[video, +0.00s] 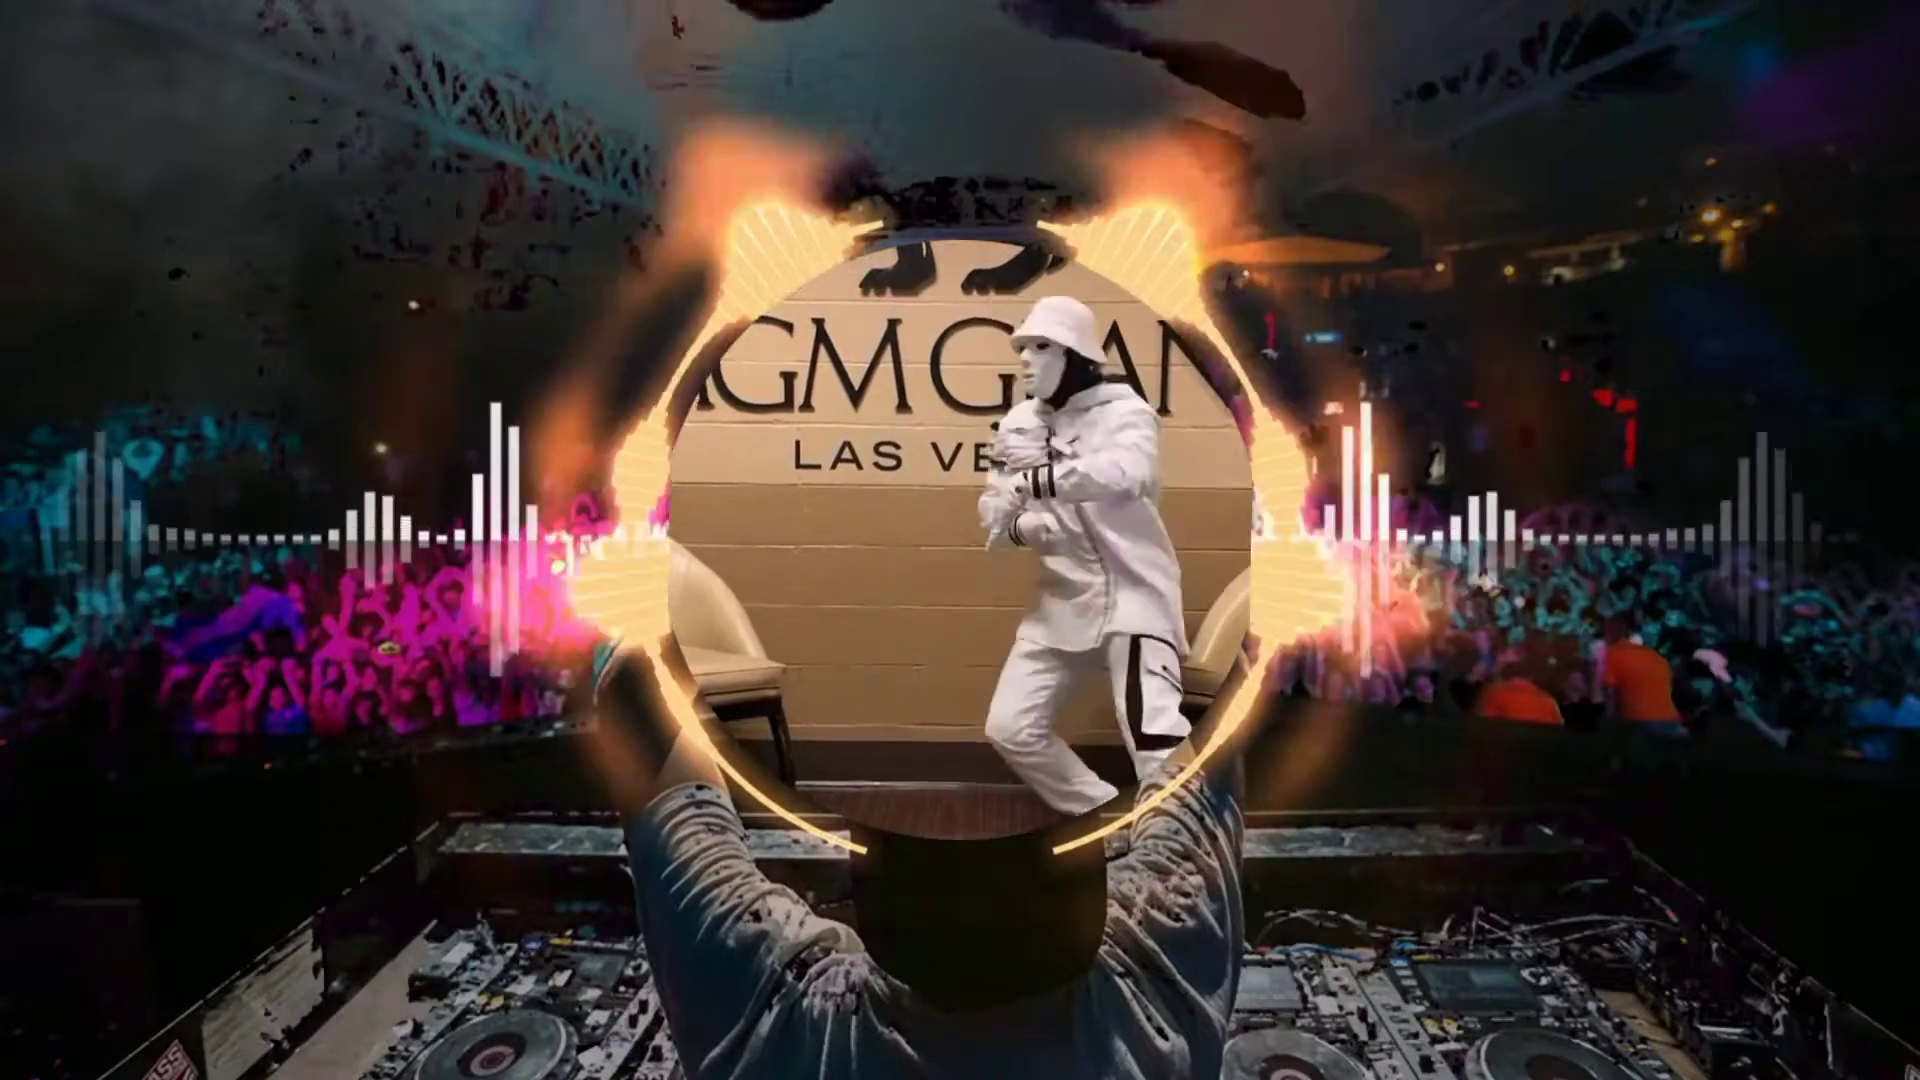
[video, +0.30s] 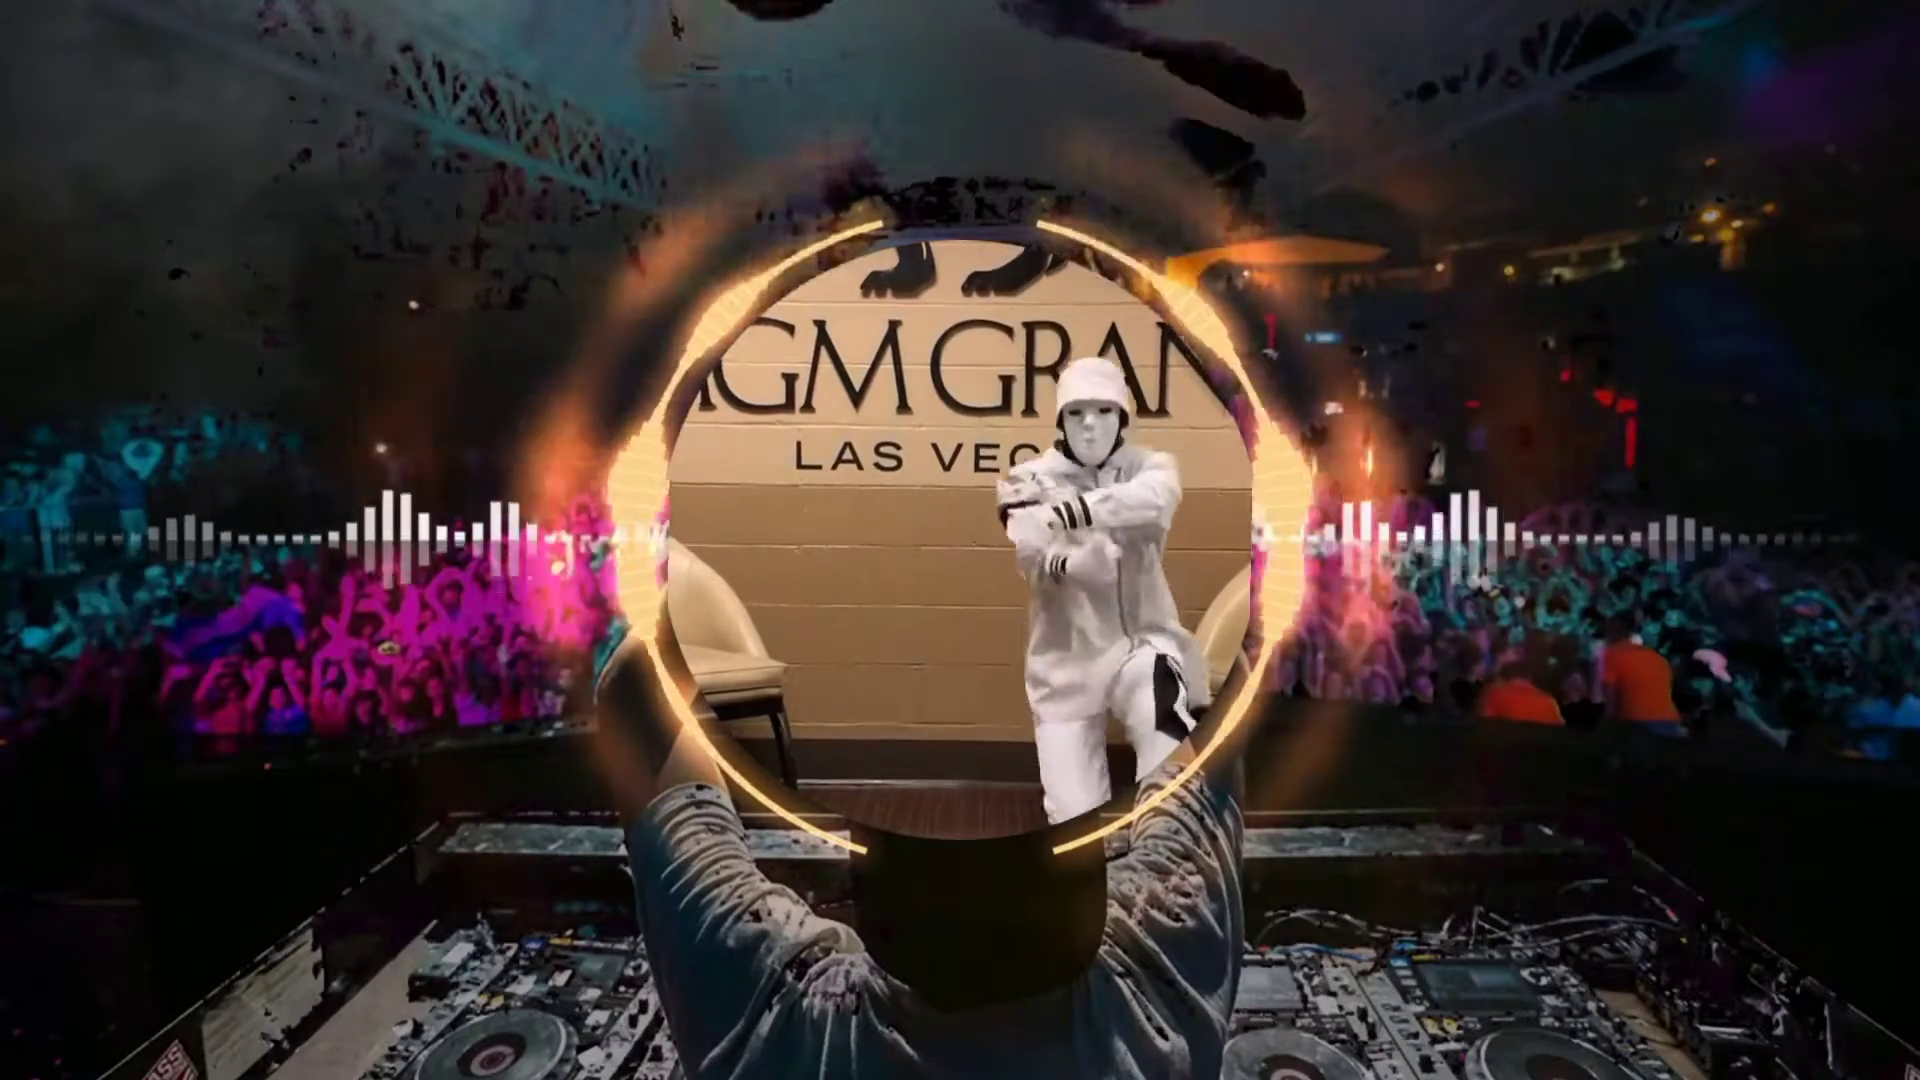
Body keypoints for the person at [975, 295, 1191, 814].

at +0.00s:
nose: (1024, 361)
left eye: (1037, 350)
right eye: (1022, 350)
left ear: (1072, 356)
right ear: (1021, 356)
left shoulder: (1125, 410)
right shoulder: (1020, 424)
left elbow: (1129, 474)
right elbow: (992, 516)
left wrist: (1039, 477)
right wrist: (1025, 521)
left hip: (1136, 591)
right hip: (1064, 598)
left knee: (1152, 731)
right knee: (1013, 729)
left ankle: (1175, 848)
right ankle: (1110, 818)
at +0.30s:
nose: (1090, 426)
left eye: (1102, 413)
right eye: (1077, 414)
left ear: (1121, 420)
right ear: (1061, 423)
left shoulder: (1151, 467)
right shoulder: (1031, 477)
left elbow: (1155, 502)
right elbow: (1028, 539)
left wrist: (1067, 512)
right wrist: (1059, 558)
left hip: (1139, 644)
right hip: (1065, 665)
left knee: (1158, 681)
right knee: (1075, 818)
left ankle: (1164, 811)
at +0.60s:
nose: (1088, 496)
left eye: (1103, 483)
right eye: (1076, 483)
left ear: (1122, 491)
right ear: (1059, 492)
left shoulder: (1151, 534)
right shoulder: (1028, 547)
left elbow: (1153, 559)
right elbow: (1029, 596)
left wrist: (1062, 571)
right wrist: (1035, 624)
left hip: (1140, 732)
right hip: (1064, 747)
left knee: (1164, 706)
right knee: (1062, 876)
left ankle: (1160, 835)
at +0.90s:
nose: (1094, 497)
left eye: (1108, 484)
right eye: (1081, 485)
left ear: (1127, 493)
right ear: (1065, 494)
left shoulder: (1156, 539)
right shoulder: (1033, 550)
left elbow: (1164, 575)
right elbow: (1023, 603)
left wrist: (1067, 590)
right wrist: (1029, 638)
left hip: (1139, 729)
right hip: (1065, 744)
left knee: (1167, 707)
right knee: (1058, 875)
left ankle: (1159, 838)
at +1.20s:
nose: (1063, 496)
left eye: (1078, 483)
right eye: (1051, 484)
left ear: (1097, 492)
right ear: (1036, 491)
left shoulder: (1129, 543)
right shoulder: (1004, 546)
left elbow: (1159, 597)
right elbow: (979, 634)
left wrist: (1062, 586)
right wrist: (974, 717)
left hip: (1103, 699)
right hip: (1023, 713)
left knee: (1060, 736)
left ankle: (1108, 861)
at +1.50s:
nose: (952, 465)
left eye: (969, 452)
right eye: (945, 452)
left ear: (995, 463)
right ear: (936, 459)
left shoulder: (1018, 547)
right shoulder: (959, 534)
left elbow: (1077, 637)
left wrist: (998, 669)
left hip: (981, 764)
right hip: (936, 750)